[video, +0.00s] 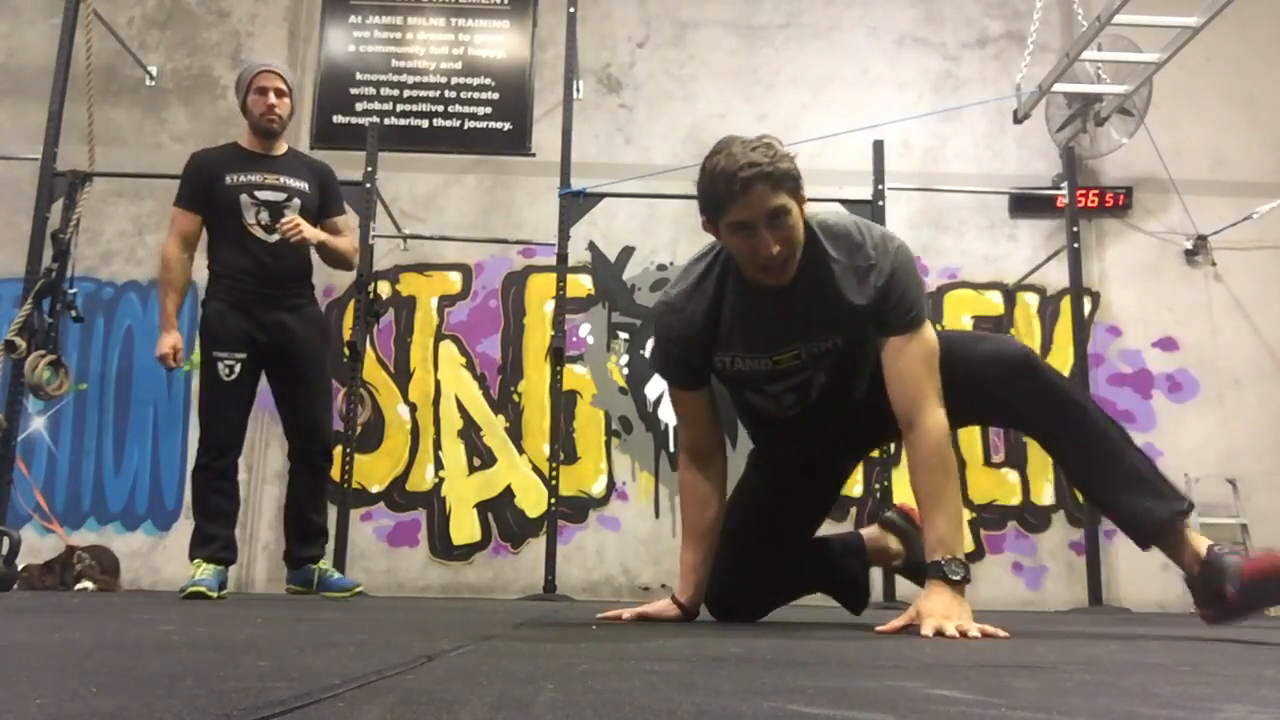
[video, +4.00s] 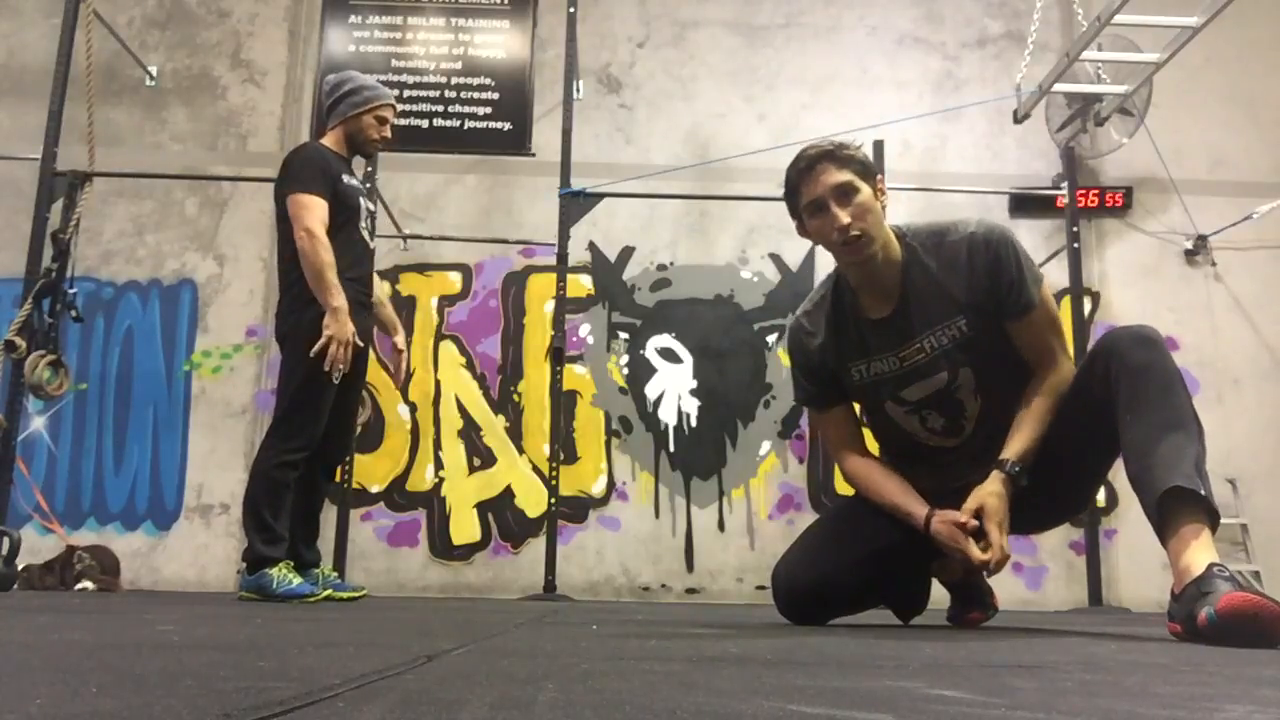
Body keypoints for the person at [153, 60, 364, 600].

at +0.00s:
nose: (272, 101)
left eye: (280, 94)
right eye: (261, 93)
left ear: (292, 107)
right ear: (242, 105)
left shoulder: (317, 174)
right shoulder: (209, 166)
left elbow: (349, 255)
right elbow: (179, 246)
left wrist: (316, 235)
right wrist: (170, 326)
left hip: (298, 323)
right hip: (231, 320)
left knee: (314, 445)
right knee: (218, 446)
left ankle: (305, 565)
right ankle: (211, 563)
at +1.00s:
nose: (389, 126)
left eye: (397, 120)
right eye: (380, 114)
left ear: (398, 129)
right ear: (352, 115)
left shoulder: (363, 180)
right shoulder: (325, 159)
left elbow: (363, 269)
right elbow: (314, 227)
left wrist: (413, 292)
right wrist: (359, 289)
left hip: (346, 317)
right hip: (322, 314)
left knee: (340, 435)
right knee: (326, 435)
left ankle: (311, 563)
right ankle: (306, 566)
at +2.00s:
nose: (417, 165)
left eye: (424, 158)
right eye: (417, 152)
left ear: (397, 139)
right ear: (391, 132)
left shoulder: (365, 180)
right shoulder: (341, 156)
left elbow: (351, 274)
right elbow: (319, 222)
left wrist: (355, 340)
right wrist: (319, 305)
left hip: (332, 325)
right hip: (300, 315)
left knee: (331, 445)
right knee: (291, 440)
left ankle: (307, 561)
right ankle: (266, 567)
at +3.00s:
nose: (392, 123)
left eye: (395, 114)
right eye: (383, 112)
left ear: (376, 118)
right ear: (350, 109)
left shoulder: (356, 173)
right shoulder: (314, 157)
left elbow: (366, 264)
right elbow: (313, 233)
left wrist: (398, 324)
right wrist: (331, 307)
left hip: (356, 324)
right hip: (321, 319)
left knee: (331, 448)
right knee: (303, 440)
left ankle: (305, 563)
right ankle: (267, 565)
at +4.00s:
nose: (387, 130)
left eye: (389, 121)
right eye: (379, 119)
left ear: (367, 123)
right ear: (347, 115)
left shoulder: (349, 176)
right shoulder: (309, 160)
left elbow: (358, 263)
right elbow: (308, 236)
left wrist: (392, 323)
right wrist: (336, 310)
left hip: (347, 325)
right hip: (314, 321)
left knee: (324, 448)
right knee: (293, 440)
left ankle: (303, 563)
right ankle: (263, 566)